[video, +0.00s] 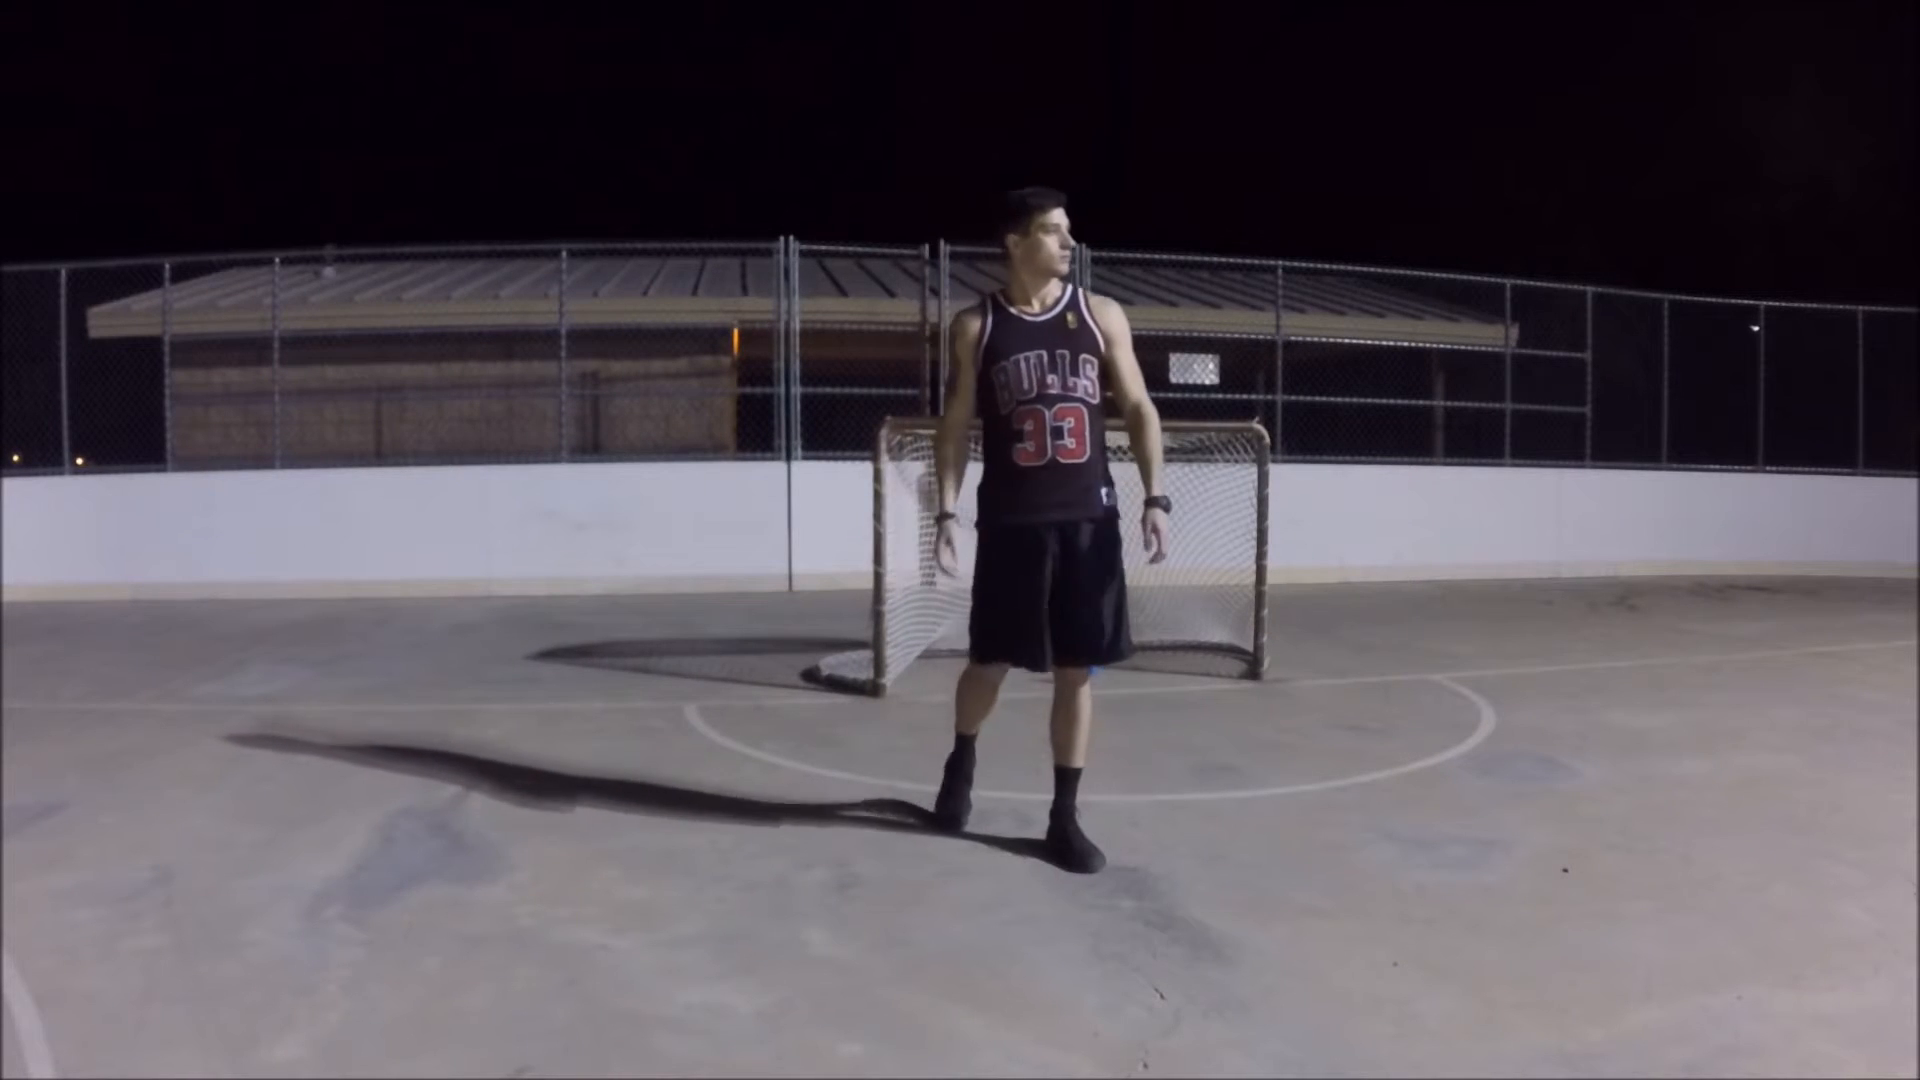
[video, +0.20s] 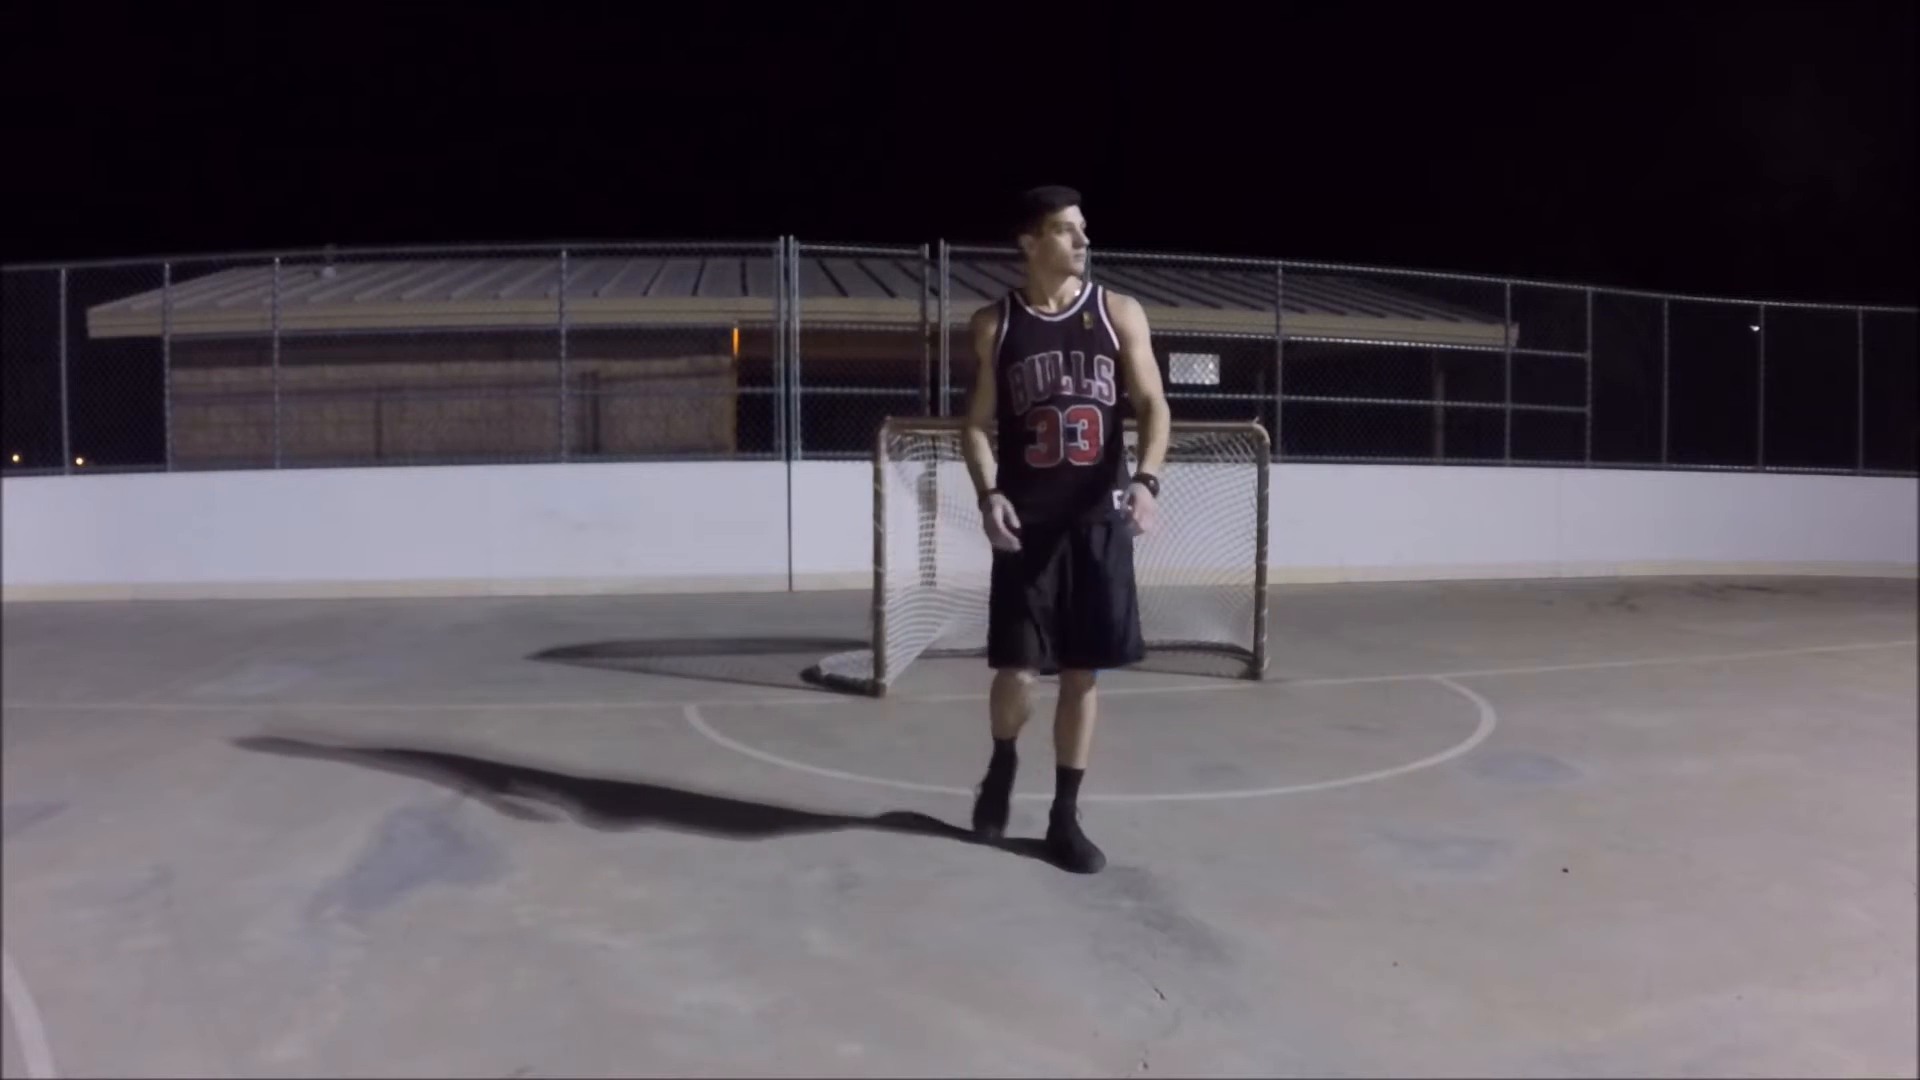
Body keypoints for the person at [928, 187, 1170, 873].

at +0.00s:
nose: (1067, 241)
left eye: (1067, 231)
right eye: (1054, 232)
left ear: (1064, 243)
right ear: (1014, 243)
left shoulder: (1103, 315)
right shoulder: (976, 326)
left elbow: (1139, 408)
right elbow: (956, 423)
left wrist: (1155, 495)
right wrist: (944, 508)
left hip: (1088, 522)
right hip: (1011, 524)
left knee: (1076, 668)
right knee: (989, 662)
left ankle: (1065, 818)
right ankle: (960, 764)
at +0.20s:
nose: (1080, 239)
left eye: (1081, 229)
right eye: (1065, 230)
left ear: (1083, 240)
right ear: (1028, 242)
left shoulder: (1120, 314)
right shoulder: (994, 325)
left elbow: (1155, 408)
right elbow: (977, 424)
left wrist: (1148, 479)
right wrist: (990, 492)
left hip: (1098, 515)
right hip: (1025, 517)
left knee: (1081, 673)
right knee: (1015, 670)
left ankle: (1066, 818)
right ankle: (1001, 770)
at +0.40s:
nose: (1087, 233)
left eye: (1088, 224)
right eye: (1071, 226)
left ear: (1093, 237)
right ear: (1035, 241)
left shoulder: (1129, 315)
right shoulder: (1004, 324)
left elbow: (1151, 415)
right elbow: (985, 428)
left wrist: (1127, 494)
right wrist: (1000, 507)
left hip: (1105, 513)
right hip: (1033, 516)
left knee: (1085, 672)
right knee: (1038, 671)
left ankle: (1067, 816)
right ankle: (1044, 780)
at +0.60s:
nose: (1084, 235)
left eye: (1088, 226)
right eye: (1069, 228)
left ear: (1097, 237)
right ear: (1036, 241)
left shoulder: (1133, 318)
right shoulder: (1008, 324)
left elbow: (1154, 425)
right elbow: (987, 431)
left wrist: (1141, 519)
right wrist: (978, 527)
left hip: (1111, 520)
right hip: (1037, 520)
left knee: (1090, 673)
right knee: (1045, 673)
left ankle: (1065, 820)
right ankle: (1017, 721)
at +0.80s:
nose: (1071, 238)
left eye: (1078, 226)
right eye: (1056, 230)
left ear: (1094, 235)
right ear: (1035, 245)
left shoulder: (1133, 321)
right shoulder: (1009, 321)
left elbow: (1160, 426)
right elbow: (975, 425)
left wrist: (1172, 520)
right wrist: (965, 521)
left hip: (1106, 522)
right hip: (1030, 520)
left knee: (1084, 674)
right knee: (1024, 671)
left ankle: (1065, 820)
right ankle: (987, 721)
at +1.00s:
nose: (1052, 230)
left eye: (1059, 219)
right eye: (1037, 225)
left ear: (1081, 232)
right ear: (1021, 247)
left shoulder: (1124, 320)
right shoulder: (999, 316)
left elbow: (1152, 423)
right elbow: (970, 423)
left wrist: (1167, 521)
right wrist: (968, 515)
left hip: (1093, 524)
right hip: (1016, 522)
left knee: (1079, 673)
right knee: (994, 674)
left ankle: (1064, 820)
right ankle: (955, 799)